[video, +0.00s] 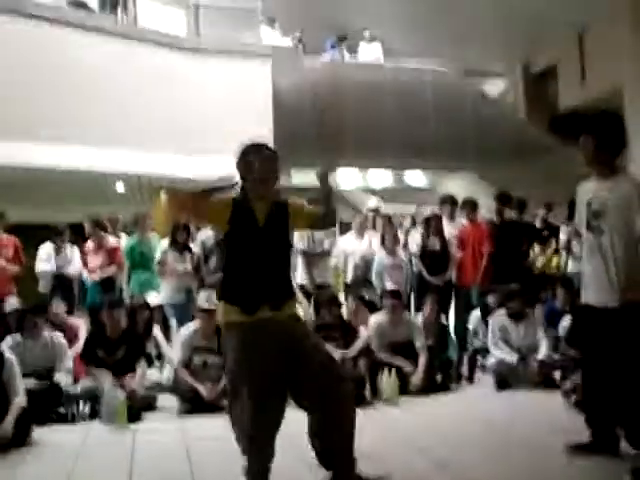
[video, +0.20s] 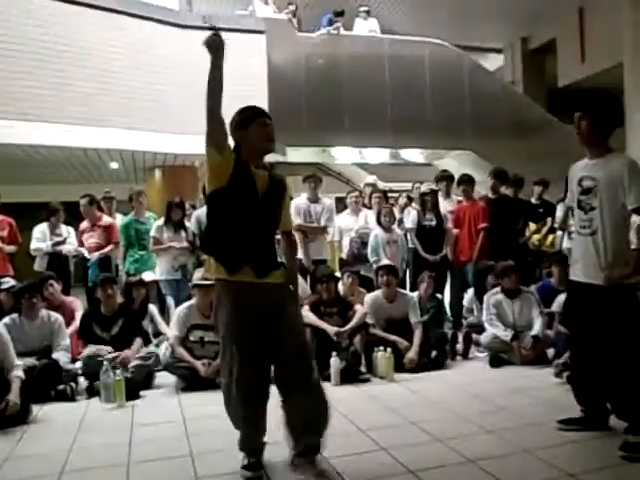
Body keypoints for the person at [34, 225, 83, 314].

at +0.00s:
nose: (61, 244)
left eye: (64, 240)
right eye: (59, 240)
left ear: (68, 238)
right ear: (53, 238)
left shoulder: (73, 250)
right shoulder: (45, 249)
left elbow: (77, 268)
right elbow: (40, 269)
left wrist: (64, 272)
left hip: (67, 277)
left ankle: (70, 309)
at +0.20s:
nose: (59, 219)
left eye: (61, 216)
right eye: (56, 216)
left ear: (63, 216)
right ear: (50, 217)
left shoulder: (69, 230)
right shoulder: (39, 229)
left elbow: (74, 248)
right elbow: (34, 248)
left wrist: (60, 249)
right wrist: (51, 246)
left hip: (64, 262)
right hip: (47, 262)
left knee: (65, 290)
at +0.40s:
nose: (61, 224)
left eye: (62, 221)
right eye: (59, 221)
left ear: (65, 220)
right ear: (53, 220)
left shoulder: (71, 230)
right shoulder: (43, 229)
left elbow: (76, 249)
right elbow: (37, 250)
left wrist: (64, 253)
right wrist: (52, 251)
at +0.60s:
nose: (63, 222)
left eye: (64, 219)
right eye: (60, 219)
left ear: (67, 219)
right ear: (54, 220)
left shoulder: (73, 232)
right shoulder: (44, 231)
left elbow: (77, 250)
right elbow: (38, 251)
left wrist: (64, 251)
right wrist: (55, 247)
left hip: (68, 264)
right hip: (52, 264)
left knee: (70, 292)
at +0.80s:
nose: (63, 222)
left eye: (65, 219)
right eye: (60, 219)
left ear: (67, 219)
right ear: (54, 219)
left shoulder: (73, 232)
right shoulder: (44, 231)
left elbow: (77, 250)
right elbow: (38, 251)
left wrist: (63, 251)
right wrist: (55, 247)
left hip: (68, 265)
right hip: (52, 266)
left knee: (69, 294)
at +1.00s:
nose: (63, 222)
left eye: (65, 219)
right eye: (60, 219)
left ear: (67, 219)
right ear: (54, 220)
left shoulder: (73, 233)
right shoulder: (44, 231)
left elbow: (77, 250)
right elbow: (38, 251)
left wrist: (63, 251)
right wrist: (55, 247)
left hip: (68, 268)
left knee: (69, 297)